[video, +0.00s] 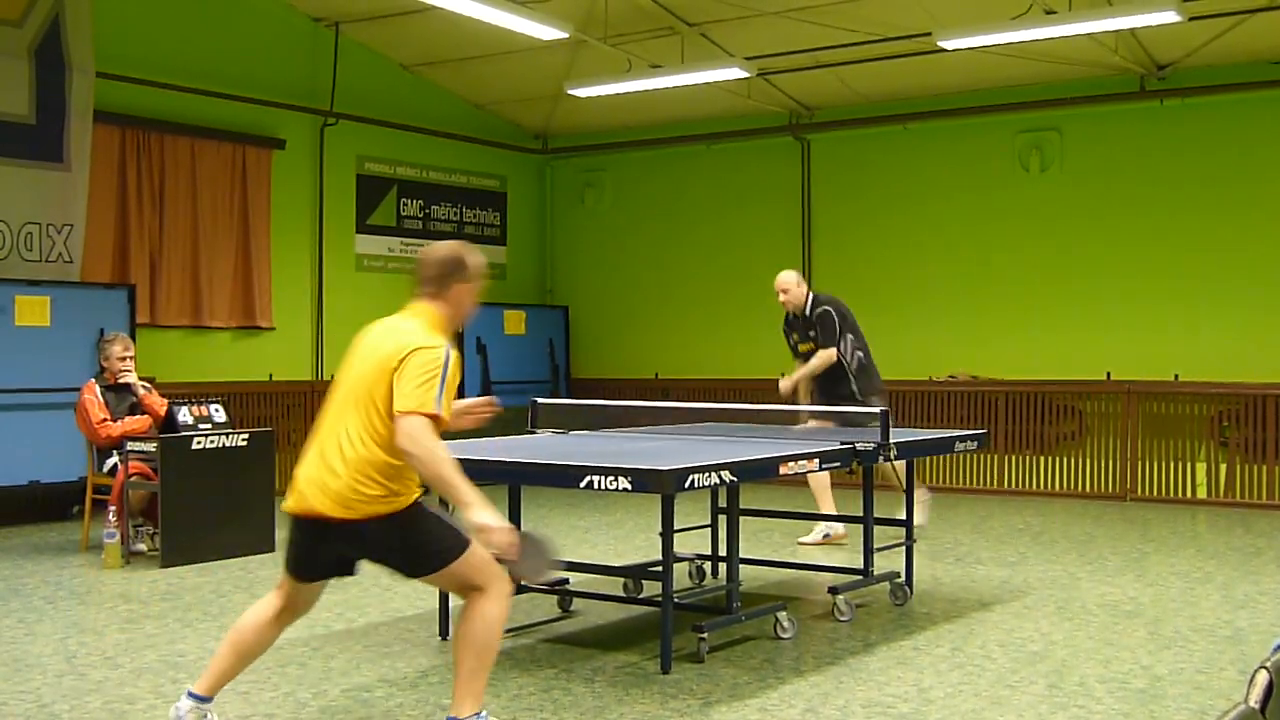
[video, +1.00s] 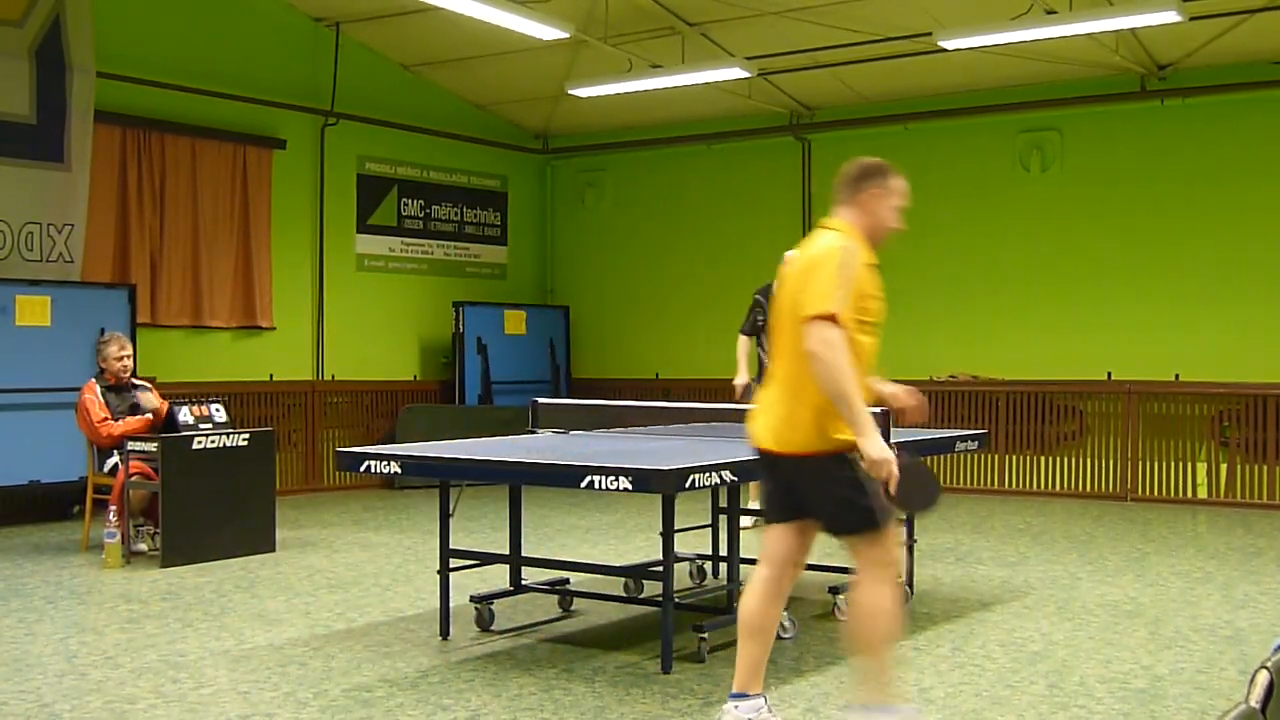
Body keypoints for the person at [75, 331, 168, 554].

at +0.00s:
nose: (128, 364)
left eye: (131, 359)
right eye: (121, 359)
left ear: (135, 360)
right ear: (104, 362)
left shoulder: (142, 388)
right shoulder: (90, 392)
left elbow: (169, 418)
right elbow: (102, 434)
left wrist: (139, 391)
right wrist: (146, 422)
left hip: (150, 453)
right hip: (115, 455)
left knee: (174, 478)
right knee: (140, 481)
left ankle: (154, 526)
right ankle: (134, 525)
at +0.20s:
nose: (128, 364)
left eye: (131, 358)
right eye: (121, 359)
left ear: (135, 360)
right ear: (104, 362)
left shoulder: (142, 388)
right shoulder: (91, 392)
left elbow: (169, 418)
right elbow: (102, 434)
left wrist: (140, 390)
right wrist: (146, 422)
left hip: (151, 453)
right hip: (116, 455)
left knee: (175, 477)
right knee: (140, 481)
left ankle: (154, 526)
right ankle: (134, 525)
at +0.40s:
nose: (128, 364)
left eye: (131, 359)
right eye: (121, 359)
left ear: (135, 361)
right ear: (104, 363)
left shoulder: (142, 388)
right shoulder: (90, 392)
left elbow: (168, 418)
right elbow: (102, 434)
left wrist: (140, 391)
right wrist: (147, 422)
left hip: (150, 453)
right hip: (115, 455)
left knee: (173, 478)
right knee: (140, 482)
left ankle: (154, 526)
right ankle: (134, 524)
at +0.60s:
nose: (128, 364)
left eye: (130, 359)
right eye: (121, 359)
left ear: (135, 360)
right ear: (103, 363)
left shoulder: (141, 388)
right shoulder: (90, 393)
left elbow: (168, 420)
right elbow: (102, 434)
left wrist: (141, 392)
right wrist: (146, 422)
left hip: (151, 452)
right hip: (115, 455)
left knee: (173, 478)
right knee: (140, 481)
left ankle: (154, 527)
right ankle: (134, 525)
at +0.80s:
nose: (127, 364)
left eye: (130, 358)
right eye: (120, 359)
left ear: (134, 359)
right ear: (103, 363)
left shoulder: (139, 386)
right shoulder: (91, 392)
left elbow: (166, 421)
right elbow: (103, 434)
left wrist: (145, 390)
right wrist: (147, 422)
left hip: (150, 451)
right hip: (116, 455)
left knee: (173, 476)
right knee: (141, 481)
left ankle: (155, 526)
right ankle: (135, 524)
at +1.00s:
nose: (126, 364)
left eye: (129, 358)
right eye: (119, 359)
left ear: (134, 359)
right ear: (103, 363)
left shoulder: (144, 387)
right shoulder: (90, 393)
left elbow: (168, 421)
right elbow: (104, 433)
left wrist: (157, 406)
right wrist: (148, 420)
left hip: (151, 451)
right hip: (116, 454)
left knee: (173, 475)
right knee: (141, 480)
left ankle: (156, 526)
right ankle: (135, 524)